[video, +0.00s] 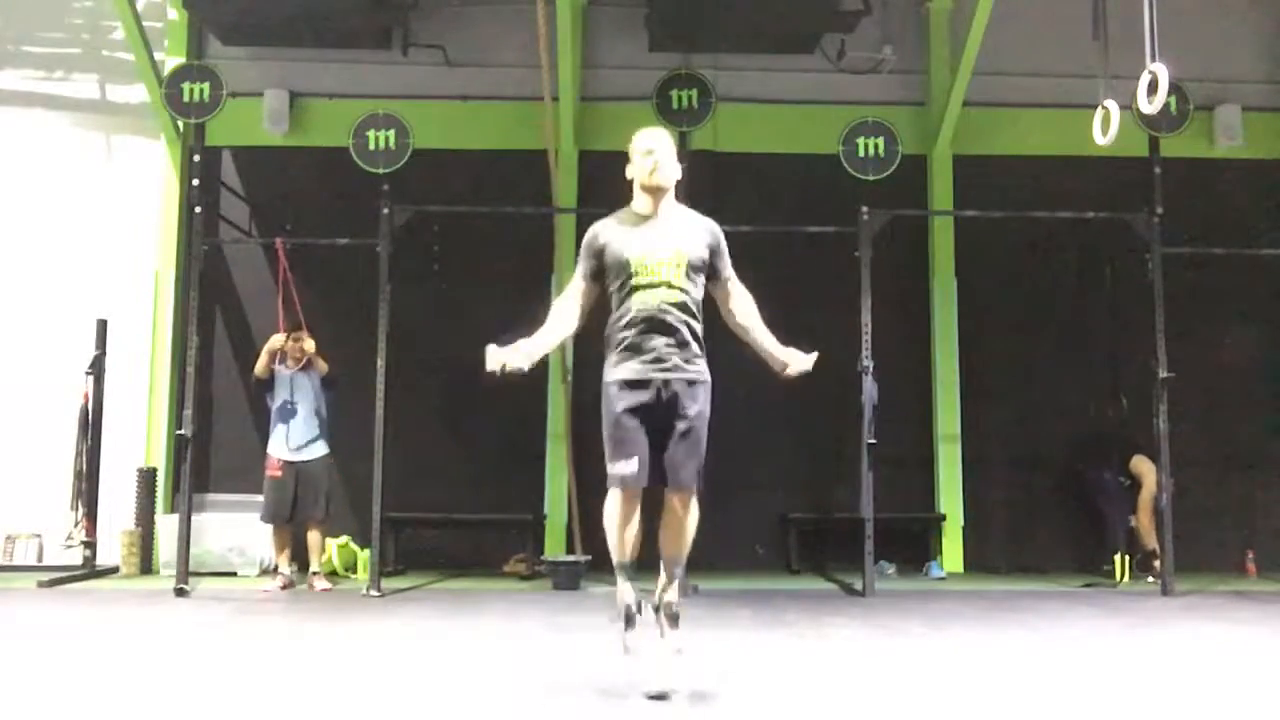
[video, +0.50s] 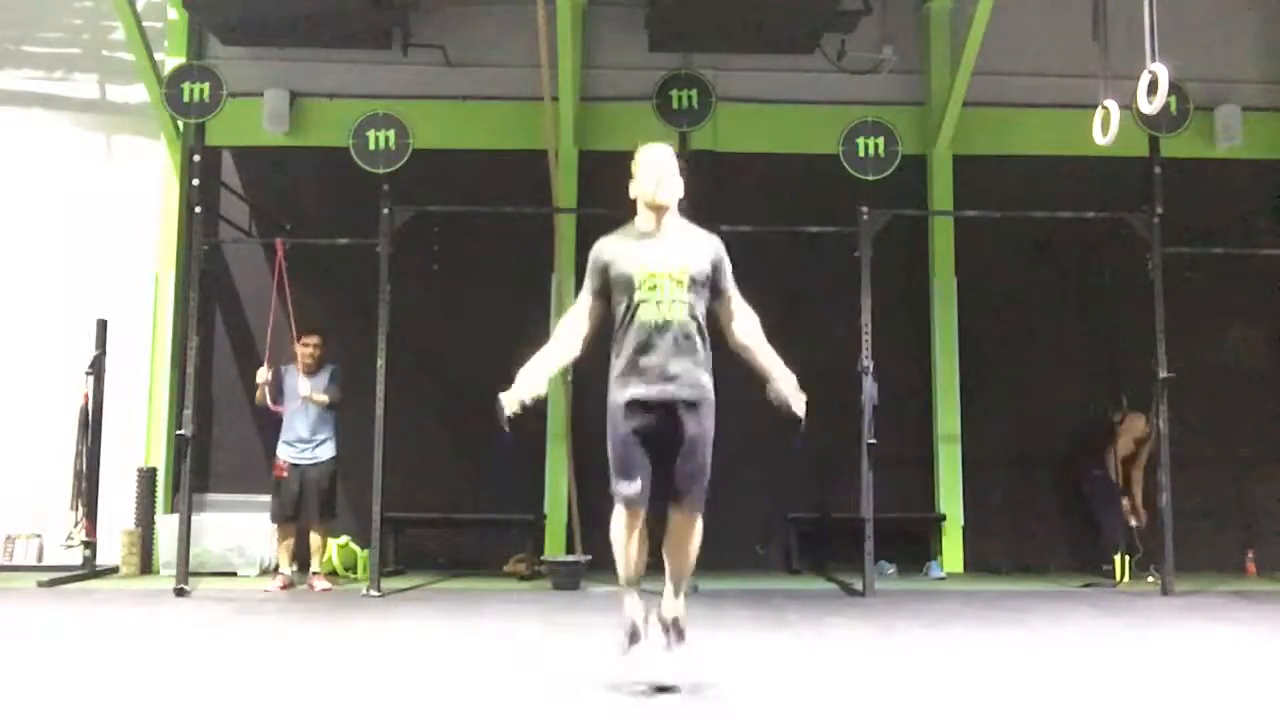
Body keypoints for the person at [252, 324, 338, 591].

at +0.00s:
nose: (299, 351)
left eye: (303, 346)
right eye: (295, 345)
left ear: (308, 349)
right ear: (285, 346)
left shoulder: (316, 372)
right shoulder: (273, 373)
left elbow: (329, 375)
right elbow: (259, 373)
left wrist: (314, 356)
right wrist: (269, 349)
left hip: (314, 452)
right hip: (280, 452)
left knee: (315, 516)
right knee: (279, 517)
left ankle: (315, 572)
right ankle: (283, 572)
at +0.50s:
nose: (310, 351)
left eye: (315, 347)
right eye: (305, 345)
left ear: (322, 351)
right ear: (296, 348)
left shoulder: (330, 373)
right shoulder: (284, 373)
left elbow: (333, 398)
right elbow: (263, 403)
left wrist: (311, 396)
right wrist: (263, 385)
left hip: (320, 453)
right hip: (288, 452)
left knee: (318, 517)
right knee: (285, 516)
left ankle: (316, 572)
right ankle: (284, 572)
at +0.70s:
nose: (315, 362)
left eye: (320, 357)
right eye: (311, 357)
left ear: (328, 359)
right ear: (302, 357)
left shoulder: (337, 381)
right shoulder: (288, 379)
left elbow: (337, 408)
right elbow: (274, 402)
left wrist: (325, 422)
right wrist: (265, 410)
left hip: (326, 458)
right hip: (293, 458)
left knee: (324, 516)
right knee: (286, 515)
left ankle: (316, 573)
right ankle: (284, 571)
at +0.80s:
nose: (319, 372)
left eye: (324, 367)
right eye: (314, 366)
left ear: (332, 367)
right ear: (306, 365)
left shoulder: (341, 388)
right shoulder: (294, 381)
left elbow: (339, 417)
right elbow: (278, 406)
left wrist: (324, 437)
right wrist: (269, 421)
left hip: (327, 462)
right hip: (294, 460)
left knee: (325, 517)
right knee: (278, 511)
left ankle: (316, 574)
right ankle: (276, 567)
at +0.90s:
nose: (320, 381)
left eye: (326, 376)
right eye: (316, 375)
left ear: (338, 374)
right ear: (311, 370)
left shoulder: (345, 395)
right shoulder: (298, 384)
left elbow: (340, 430)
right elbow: (281, 415)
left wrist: (320, 459)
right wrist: (273, 440)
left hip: (325, 456)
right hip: (293, 452)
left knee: (324, 515)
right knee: (262, 465)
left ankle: (316, 572)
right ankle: (269, 529)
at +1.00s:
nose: (322, 388)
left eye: (328, 385)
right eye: (320, 382)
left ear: (340, 381)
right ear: (316, 375)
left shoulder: (349, 401)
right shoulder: (301, 386)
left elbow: (342, 441)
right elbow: (285, 423)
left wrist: (321, 475)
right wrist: (280, 460)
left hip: (328, 457)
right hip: (298, 449)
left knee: (321, 514)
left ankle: (316, 571)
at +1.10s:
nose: (327, 391)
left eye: (333, 388)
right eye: (325, 386)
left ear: (344, 384)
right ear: (320, 377)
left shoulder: (351, 404)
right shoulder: (304, 387)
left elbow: (346, 445)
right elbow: (289, 425)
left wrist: (325, 483)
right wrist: (285, 462)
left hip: (327, 454)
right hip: (300, 445)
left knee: (321, 514)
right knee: (255, 422)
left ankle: (316, 573)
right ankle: (291, 470)